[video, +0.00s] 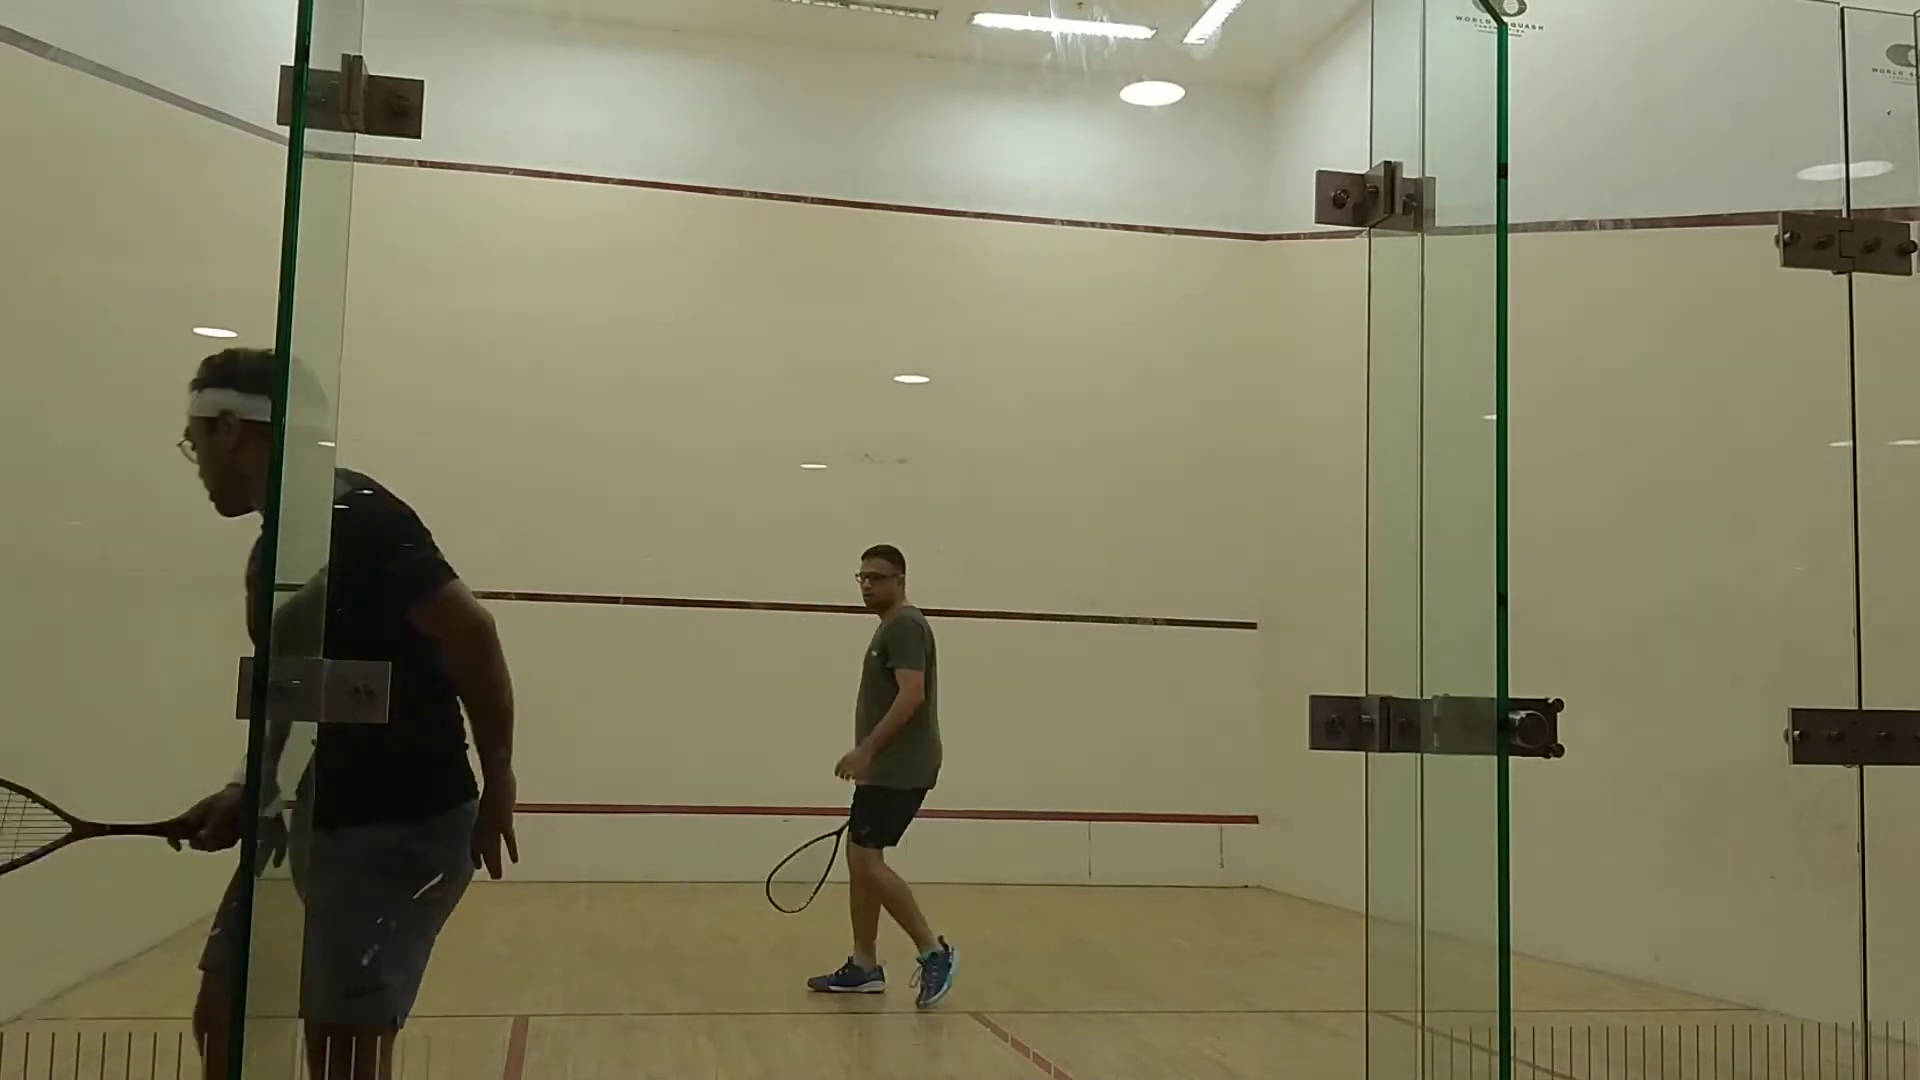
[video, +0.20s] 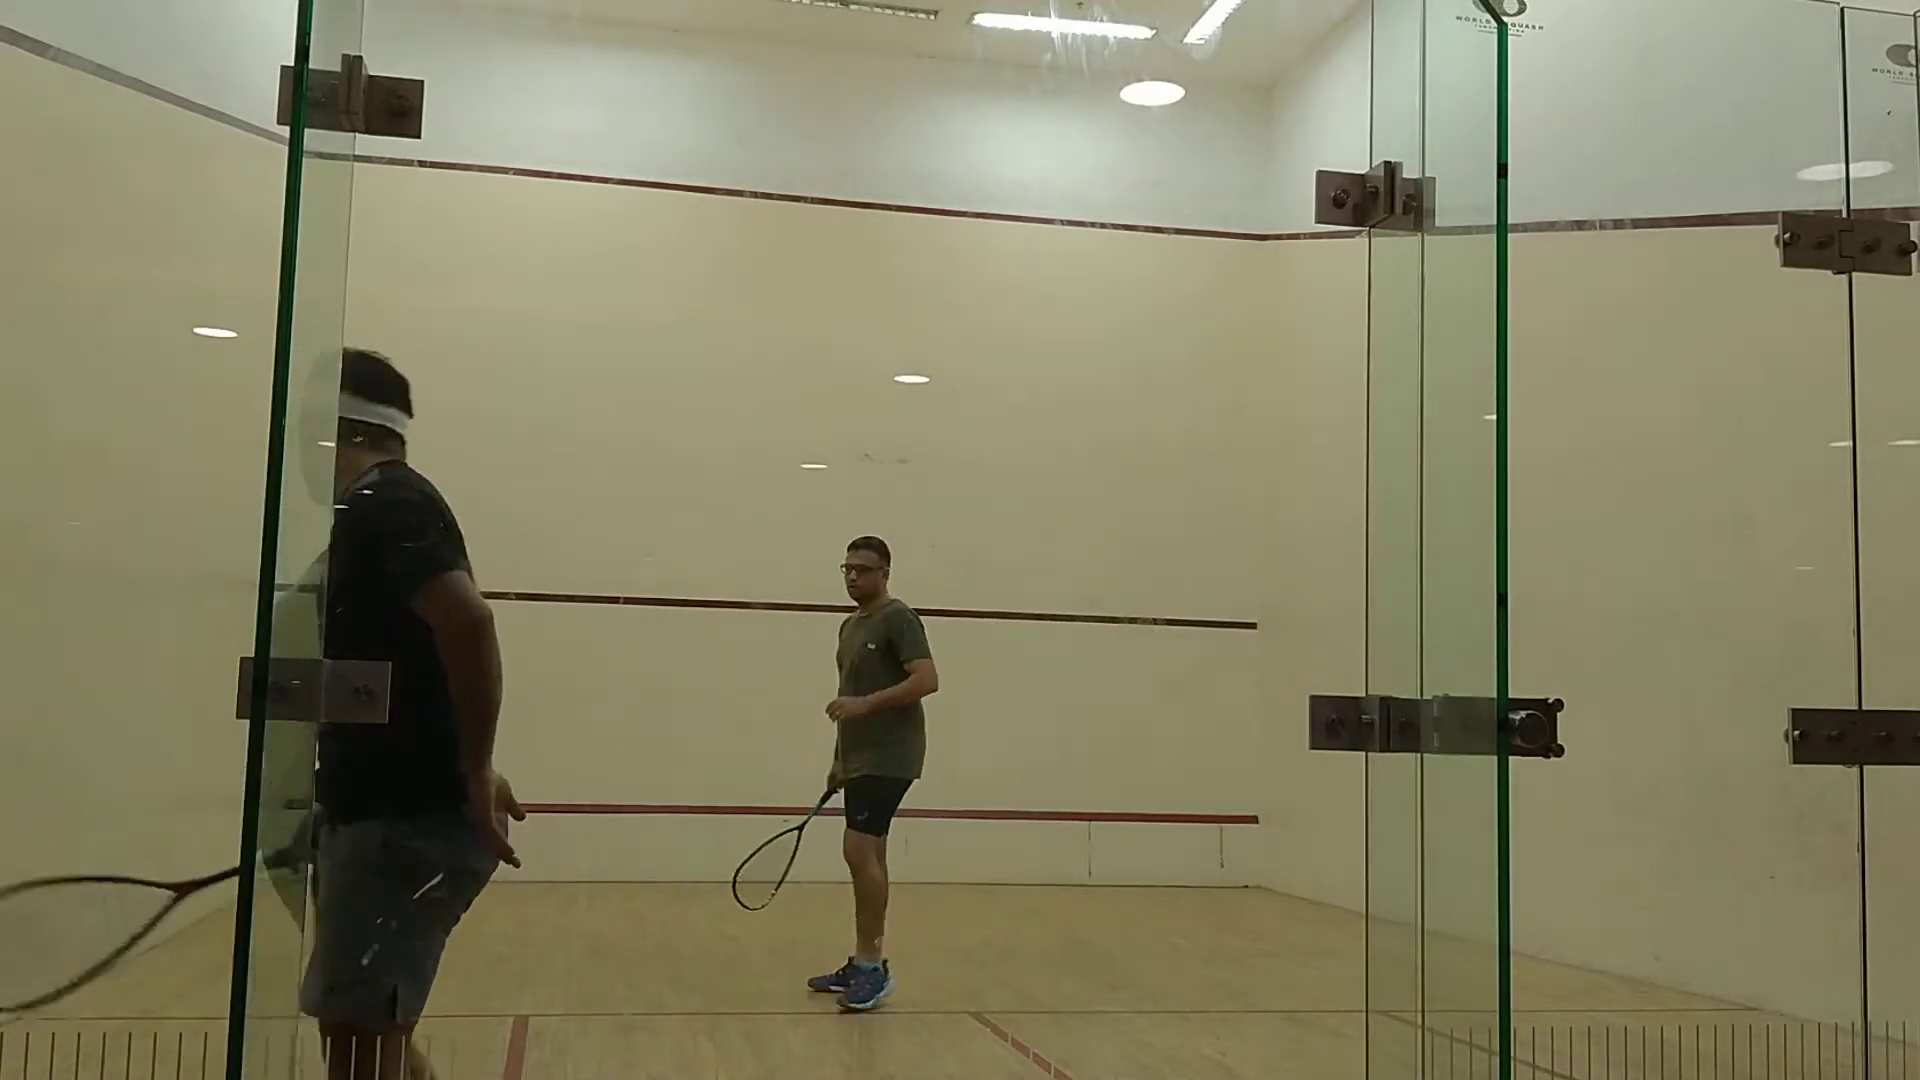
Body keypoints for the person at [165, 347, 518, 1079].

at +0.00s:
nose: (193, 463)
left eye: (198, 439)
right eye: (191, 443)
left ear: (243, 433)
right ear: (247, 436)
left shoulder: (361, 515)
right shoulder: (274, 550)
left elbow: (471, 633)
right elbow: (298, 697)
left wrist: (498, 784)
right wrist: (243, 792)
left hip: (401, 821)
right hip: (324, 808)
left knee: (344, 1044)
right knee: (221, 1014)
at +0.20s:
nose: (292, 445)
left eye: (301, 425)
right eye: (295, 425)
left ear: (331, 422)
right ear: (387, 425)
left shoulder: (389, 501)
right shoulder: (378, 505)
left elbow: (467, 626)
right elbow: (434, 653)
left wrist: (477, 772)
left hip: (403, 827)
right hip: (379, 823)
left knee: (359, 1030)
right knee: (367, 1027)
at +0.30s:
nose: (354, 449)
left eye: (359, 433)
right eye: (357, 434)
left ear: (373, 433)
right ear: (445, 449)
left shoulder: (395, 512)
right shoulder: (473, 526)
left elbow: (456, 637)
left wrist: (449, 776)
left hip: (411, 824)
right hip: (487, 816)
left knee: (355, 1037)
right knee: (438, 1031)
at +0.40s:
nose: (421, 453)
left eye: (423, 443)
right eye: (431, 445)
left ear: (428, 446)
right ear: (511, 466)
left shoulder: (413, 529)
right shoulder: (555, 556)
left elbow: (430, 649)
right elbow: (574, 697)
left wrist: (410, 791)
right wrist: (523, 777)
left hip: (440, 829)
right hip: (540, 833)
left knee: (355, 1035)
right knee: (489, 1019)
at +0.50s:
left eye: (486, 448)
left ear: (485, 451)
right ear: (566, 469)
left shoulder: (430, 538)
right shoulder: (611, 561)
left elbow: (403, 655)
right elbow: (646, 695)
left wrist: (377, 793)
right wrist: (595, 789)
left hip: (463, 831)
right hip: (579, 838)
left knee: (361, 1021)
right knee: (516, 1025)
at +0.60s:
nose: (615, 479)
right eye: (617, 468)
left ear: (531, 454)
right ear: (611, 472)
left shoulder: (459, 535)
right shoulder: (650, 555)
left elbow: (396, 655)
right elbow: (696, 681)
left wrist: (369, 780)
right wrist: (686, 777)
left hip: (486, 814)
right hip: (606, 824)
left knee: (405, 1014)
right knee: (543, 1023)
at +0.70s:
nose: (660, 486)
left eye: (660, 473)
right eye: (658, 473)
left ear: (574, 462)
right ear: (645, 474)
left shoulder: (494, 541)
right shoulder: (678, 561)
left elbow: (412, 651)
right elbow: (731, 684)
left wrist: (386, 766)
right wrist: (745, 780)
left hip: (509, 813)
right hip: (624, 824)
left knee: (479, 994)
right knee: (554, 1025)